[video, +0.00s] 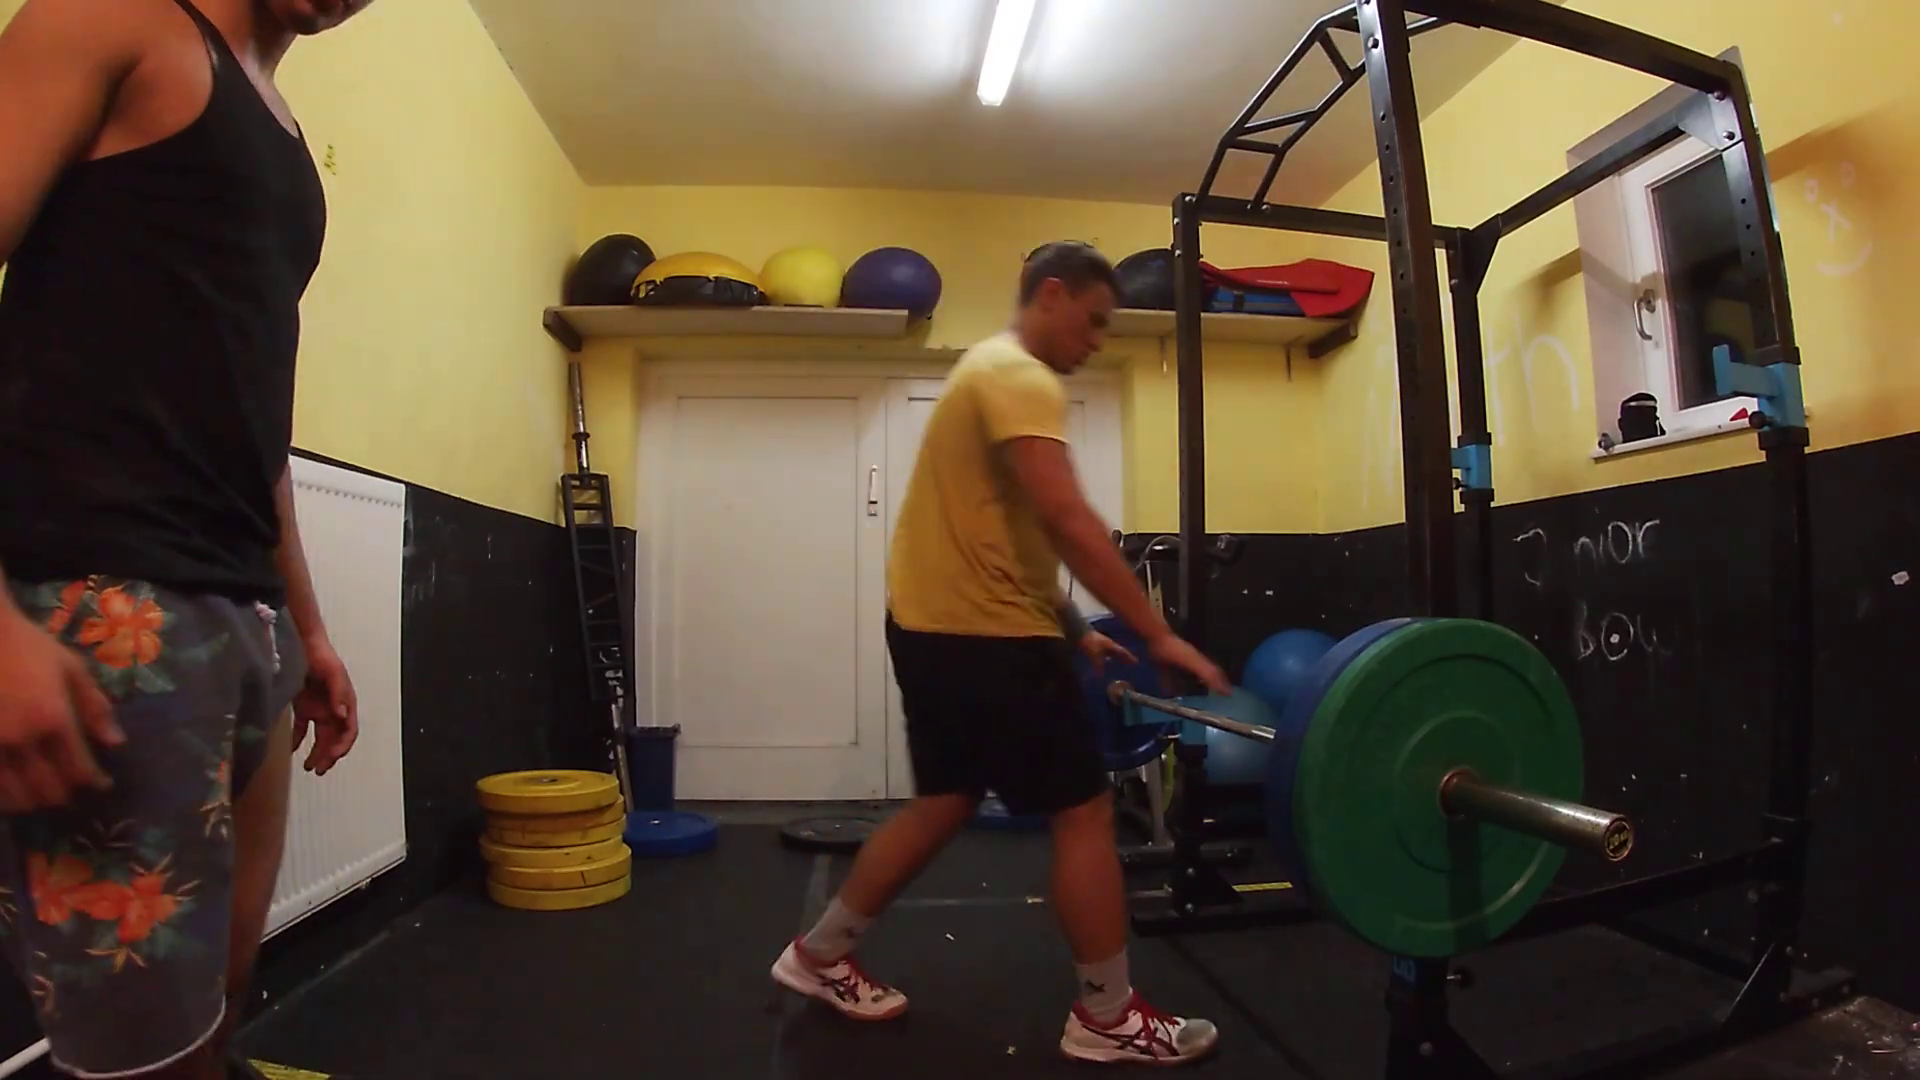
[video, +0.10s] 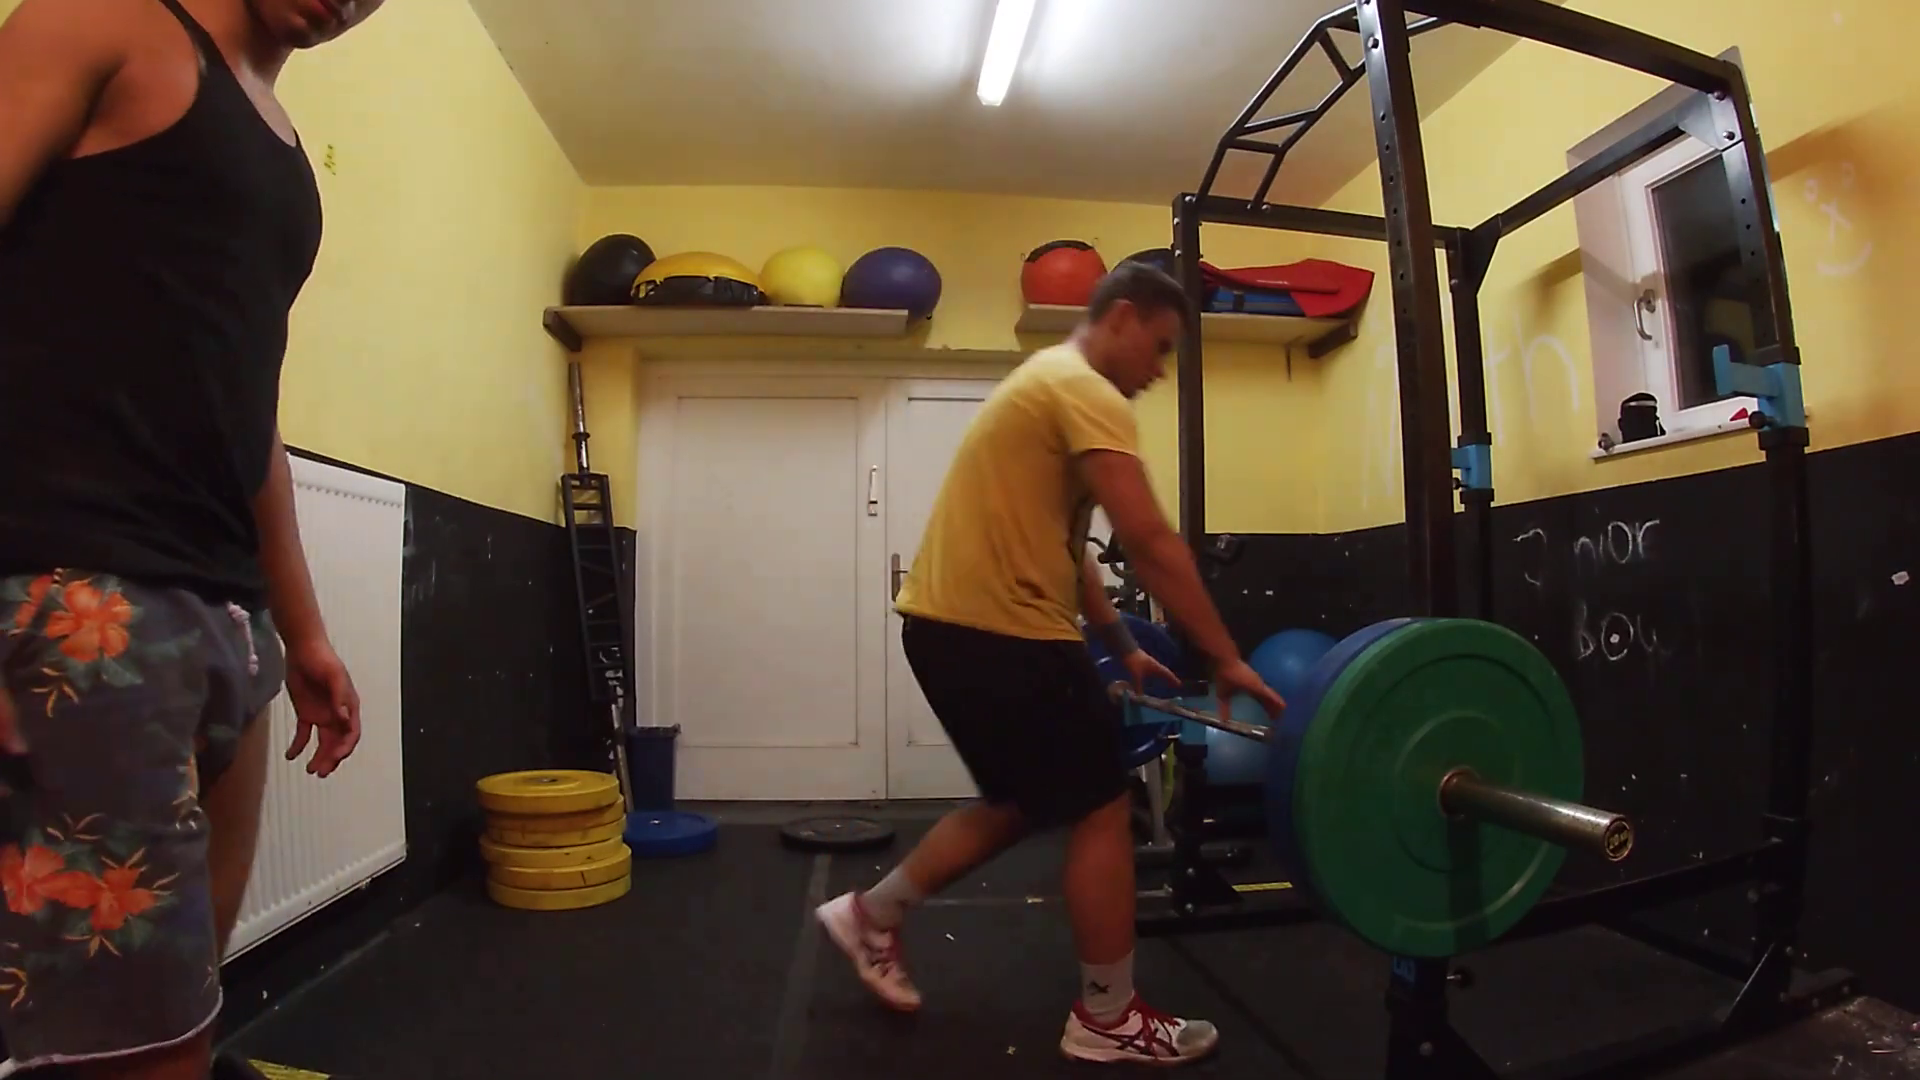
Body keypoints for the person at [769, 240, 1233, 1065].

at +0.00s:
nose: (1098, 341)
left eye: (1105, 326)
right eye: (1093, 321)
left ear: (1041, 301)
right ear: (1049, 296)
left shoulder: (987, 370)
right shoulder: (1018, 374)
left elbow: (1001, 535)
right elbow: (1067, 519)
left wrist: (1073, 626)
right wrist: (1163, 637)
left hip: (933, 622)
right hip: (996, 629)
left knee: (947, 798)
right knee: (1082, 808)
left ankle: (819, 950)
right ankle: (1108, 1012)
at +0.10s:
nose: (1162, 368)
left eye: (1169, 353)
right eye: (1161, 347)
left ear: (1108, 321)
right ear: (1118, 317)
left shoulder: (1041, 383)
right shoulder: (1081, 389)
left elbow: (1065, 544)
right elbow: (1149, 539)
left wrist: (1124, 647)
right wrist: (1226, 659)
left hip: (952, 619)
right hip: (1009, 627)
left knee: (1023, 799)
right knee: (1101, 803)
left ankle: (869, 915)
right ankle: (1107, 1014)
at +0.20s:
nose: (1210, 402)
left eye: (1218, 387)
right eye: (1214, 380)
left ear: (1168, 345)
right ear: (1180, 345)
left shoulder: (1087, 395)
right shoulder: (1135, 401)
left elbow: (1103, 558)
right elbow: (1198, 550)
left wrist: (1154, 661)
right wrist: (1260, 675)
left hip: (958, 605)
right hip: (1015, 617)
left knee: (1055, 781)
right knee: (1103, 803)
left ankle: (936, 909)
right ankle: (1107, 1016)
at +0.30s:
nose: (1238, 421)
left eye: (1249, 409)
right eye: (1246, 401)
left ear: (1196, 361)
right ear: (1219, 364)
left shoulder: (1115, 405)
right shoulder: (1167, 406)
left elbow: (1129, 569)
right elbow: (1220, 556)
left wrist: (1164, 672)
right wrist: (1267, 690)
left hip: (972, 598)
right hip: (1028, 610)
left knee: (1059, 788)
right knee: (1102, 801)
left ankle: (1024, 947)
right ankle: (1107, 1015)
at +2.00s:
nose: (1335, 468)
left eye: (1347, 461)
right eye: (1348, 451)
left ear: (1322, 395)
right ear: (1337, 407)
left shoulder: (1229, 411)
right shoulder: (1287, 417)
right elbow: (1286, 547)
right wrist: (1278, 693)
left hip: (1079, 592)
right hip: (1135, 605)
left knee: (1151, 790)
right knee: (1201, 800)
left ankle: (1145, 957)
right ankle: (1187, 1006)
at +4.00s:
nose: (1354, 454)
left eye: (1365, 446)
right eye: (1365, 436)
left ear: (1329, 392)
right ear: (1346, 401)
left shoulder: (1247, 417)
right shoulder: (1296, 421)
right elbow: (1300, 557)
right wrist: (1300, 698)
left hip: (1081, 595)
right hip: (1137, 605)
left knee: (1159, 788)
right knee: (1213, 797)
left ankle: (1147, 957)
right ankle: (1190, 1005)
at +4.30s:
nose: (1314, 378)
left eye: (1319, 363)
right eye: (1315, 359)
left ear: (1258, 332)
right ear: (1288, 334)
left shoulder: (1198, 389)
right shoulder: (1253, 389)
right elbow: (1274, 527)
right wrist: (1293, 668)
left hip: (1084, 598)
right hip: (1140, 607)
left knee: (1160, 791)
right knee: (1214, 796)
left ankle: (1148, 960)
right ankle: (1190, 1004)